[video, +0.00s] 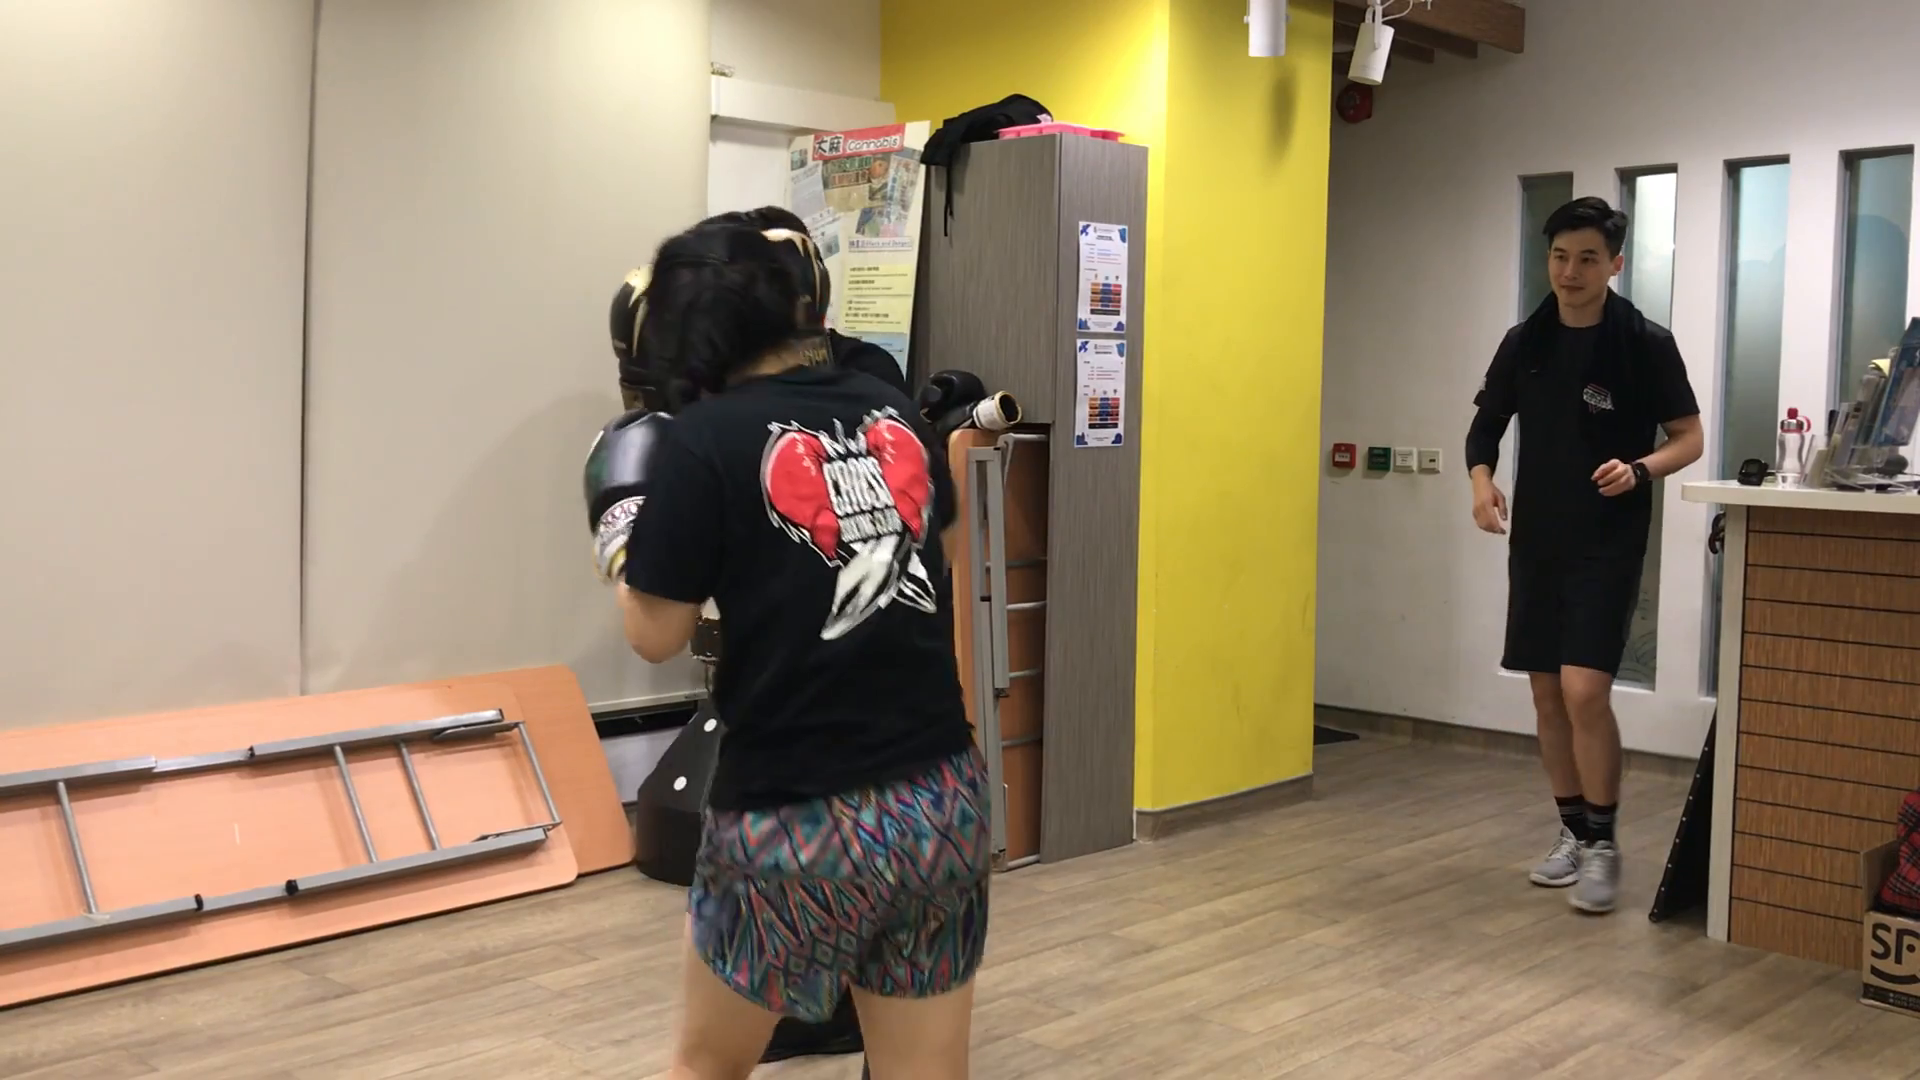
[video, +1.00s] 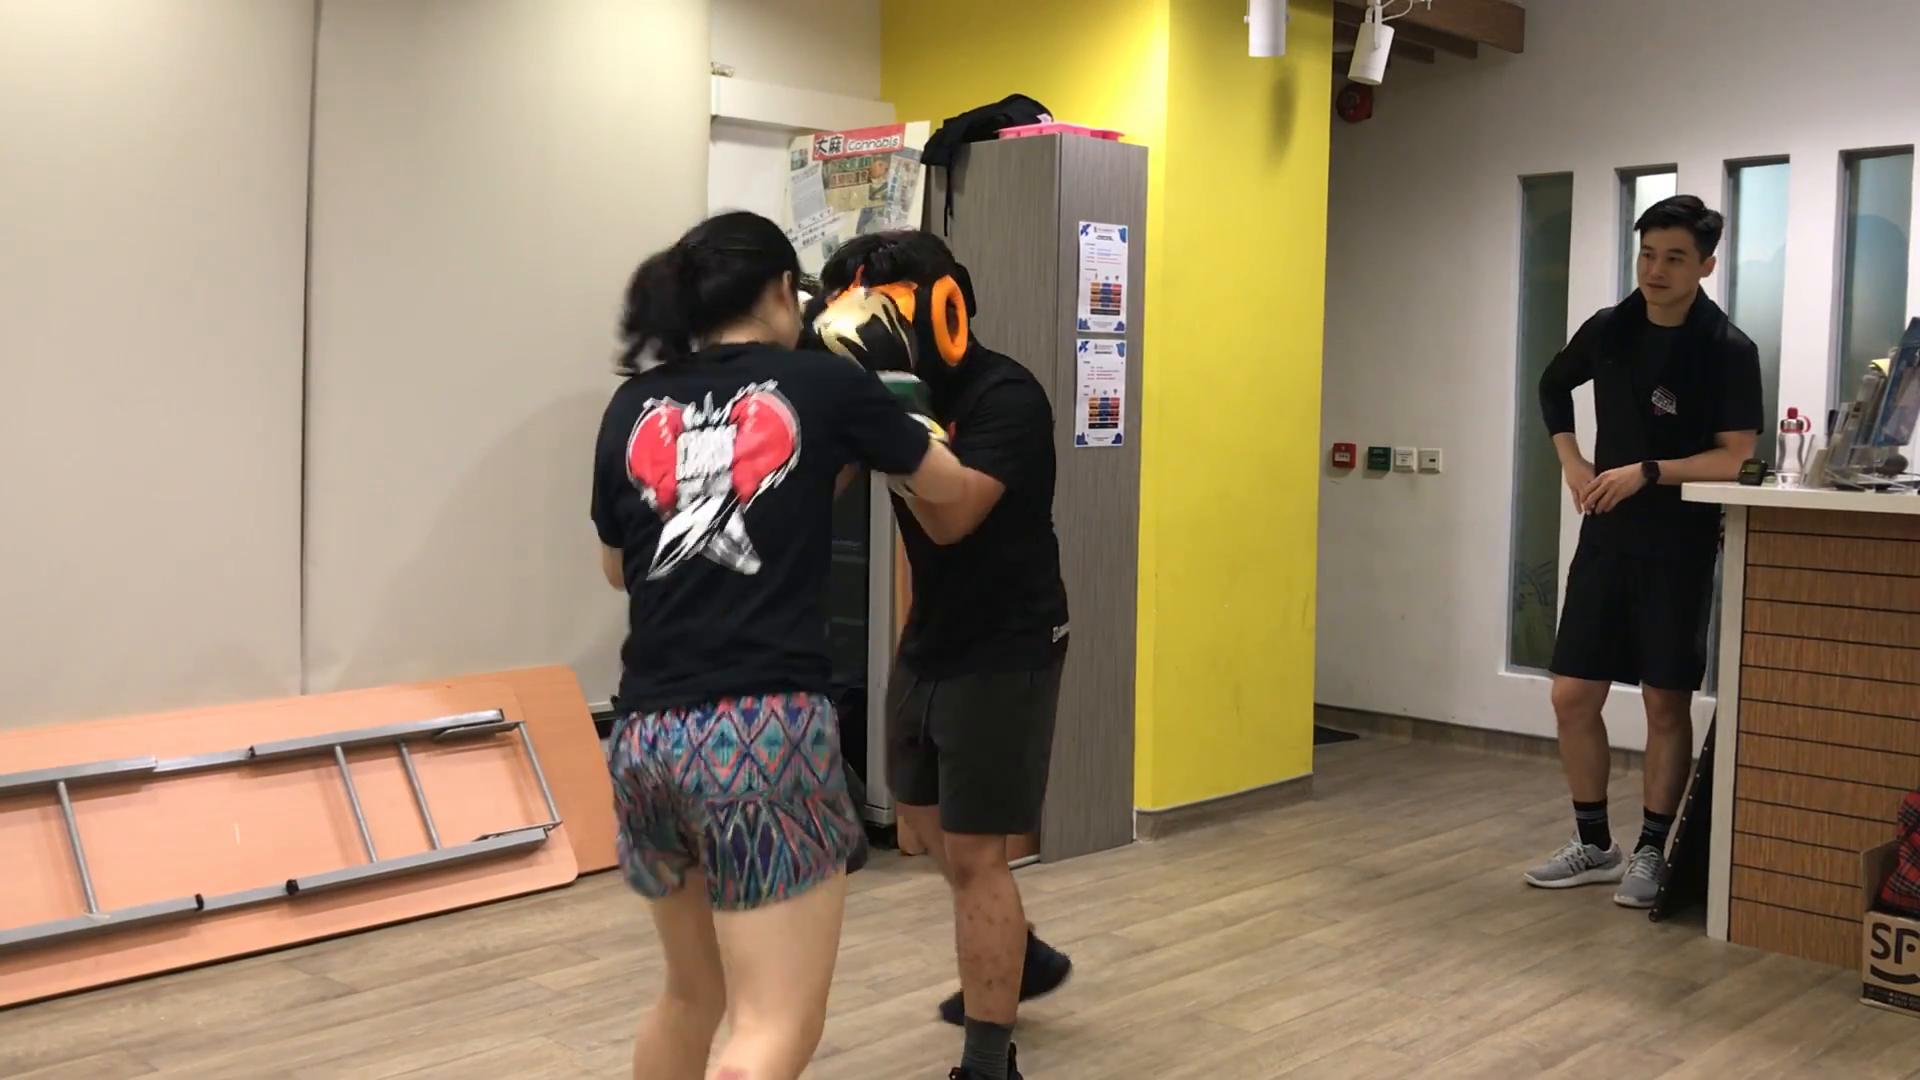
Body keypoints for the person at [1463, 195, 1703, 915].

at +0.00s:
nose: (1570, 270)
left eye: (1586, 258)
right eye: (1560, 257)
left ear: (1614, 263)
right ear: (1547, 261)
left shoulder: (1646, 344)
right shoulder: (1525, 341)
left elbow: (1690, 437)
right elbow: (1485, 424)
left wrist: (1642, 467)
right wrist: (1483, 481)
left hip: (1608, 538)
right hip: (1538, 534)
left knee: (1583, 689)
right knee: (1548, 689)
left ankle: (1601, 845)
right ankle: (1573, 834)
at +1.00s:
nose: (1656, 269)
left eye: (1674, 258)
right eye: (1647, 254)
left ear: (1706, 264)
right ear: (1636, 255)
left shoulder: (1729, 350)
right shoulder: (1609, 328)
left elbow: (1735, 457)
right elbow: (1552, 387)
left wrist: (1647, 471)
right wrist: (1571, 460)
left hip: (1681, 543)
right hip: (1608, 534)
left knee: (1665, 705)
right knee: (1572, 693)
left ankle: (1652, 853)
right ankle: (1593, 843)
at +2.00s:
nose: (1670, 270)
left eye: (1689, 259)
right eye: (1663, 256)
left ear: (1723, 264)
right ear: (1652, 256)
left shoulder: (1747, 350)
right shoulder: (1628, 328)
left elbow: (1745, 457)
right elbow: (1564, 389)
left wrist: (1649, 469)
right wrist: (1585, 467)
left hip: (1699, 546)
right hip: (1624, 538)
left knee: (1674, 706)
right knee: (1583, 696)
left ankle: (1653, 854)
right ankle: (1594, 844)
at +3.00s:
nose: (1667, 264)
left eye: (1685, 254)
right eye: (1659, 251)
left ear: (1718, 263)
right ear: (1647, 255)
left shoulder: (1743, 350)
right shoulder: (1620, 331)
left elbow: (1744, 457)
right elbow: (1559, 390)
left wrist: (1648, 470)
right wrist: (1579, 466)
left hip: (1696, 545)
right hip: (1622, 537)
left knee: (1673, 706)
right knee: (1581, 696)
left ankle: (1652, 854)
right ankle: (1593, 843)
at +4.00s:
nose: (1661, 274)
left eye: (1679, 261)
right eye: (1653, 259)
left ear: (1716, 263)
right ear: (1643, 259)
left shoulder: (1742, 350)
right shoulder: (1620, 331)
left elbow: (1745, 458)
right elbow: (1560, 390)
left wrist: (1649, 469)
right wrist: (1577, 466)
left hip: (1692, 546)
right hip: (1617, 538)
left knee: (1670, 707)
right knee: (1577, 695)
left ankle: (1652, 853)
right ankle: (1593, 843)